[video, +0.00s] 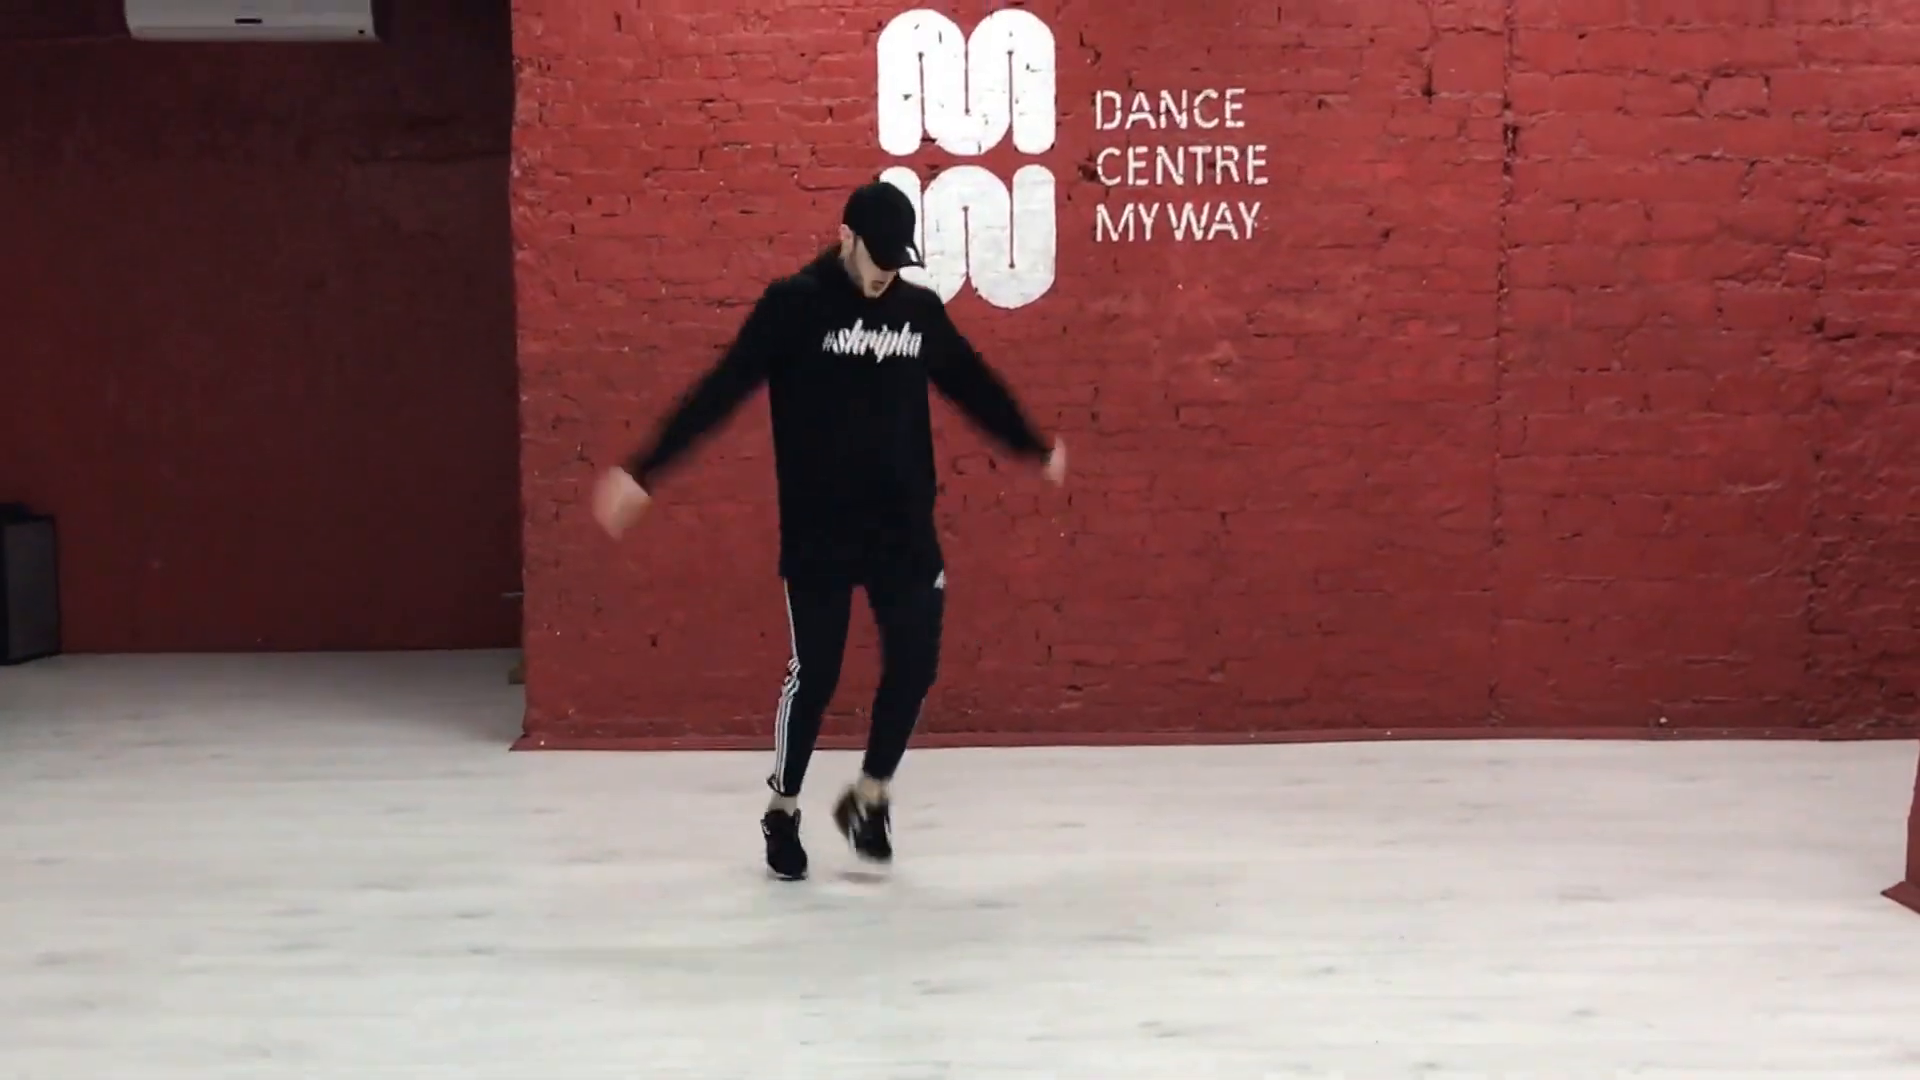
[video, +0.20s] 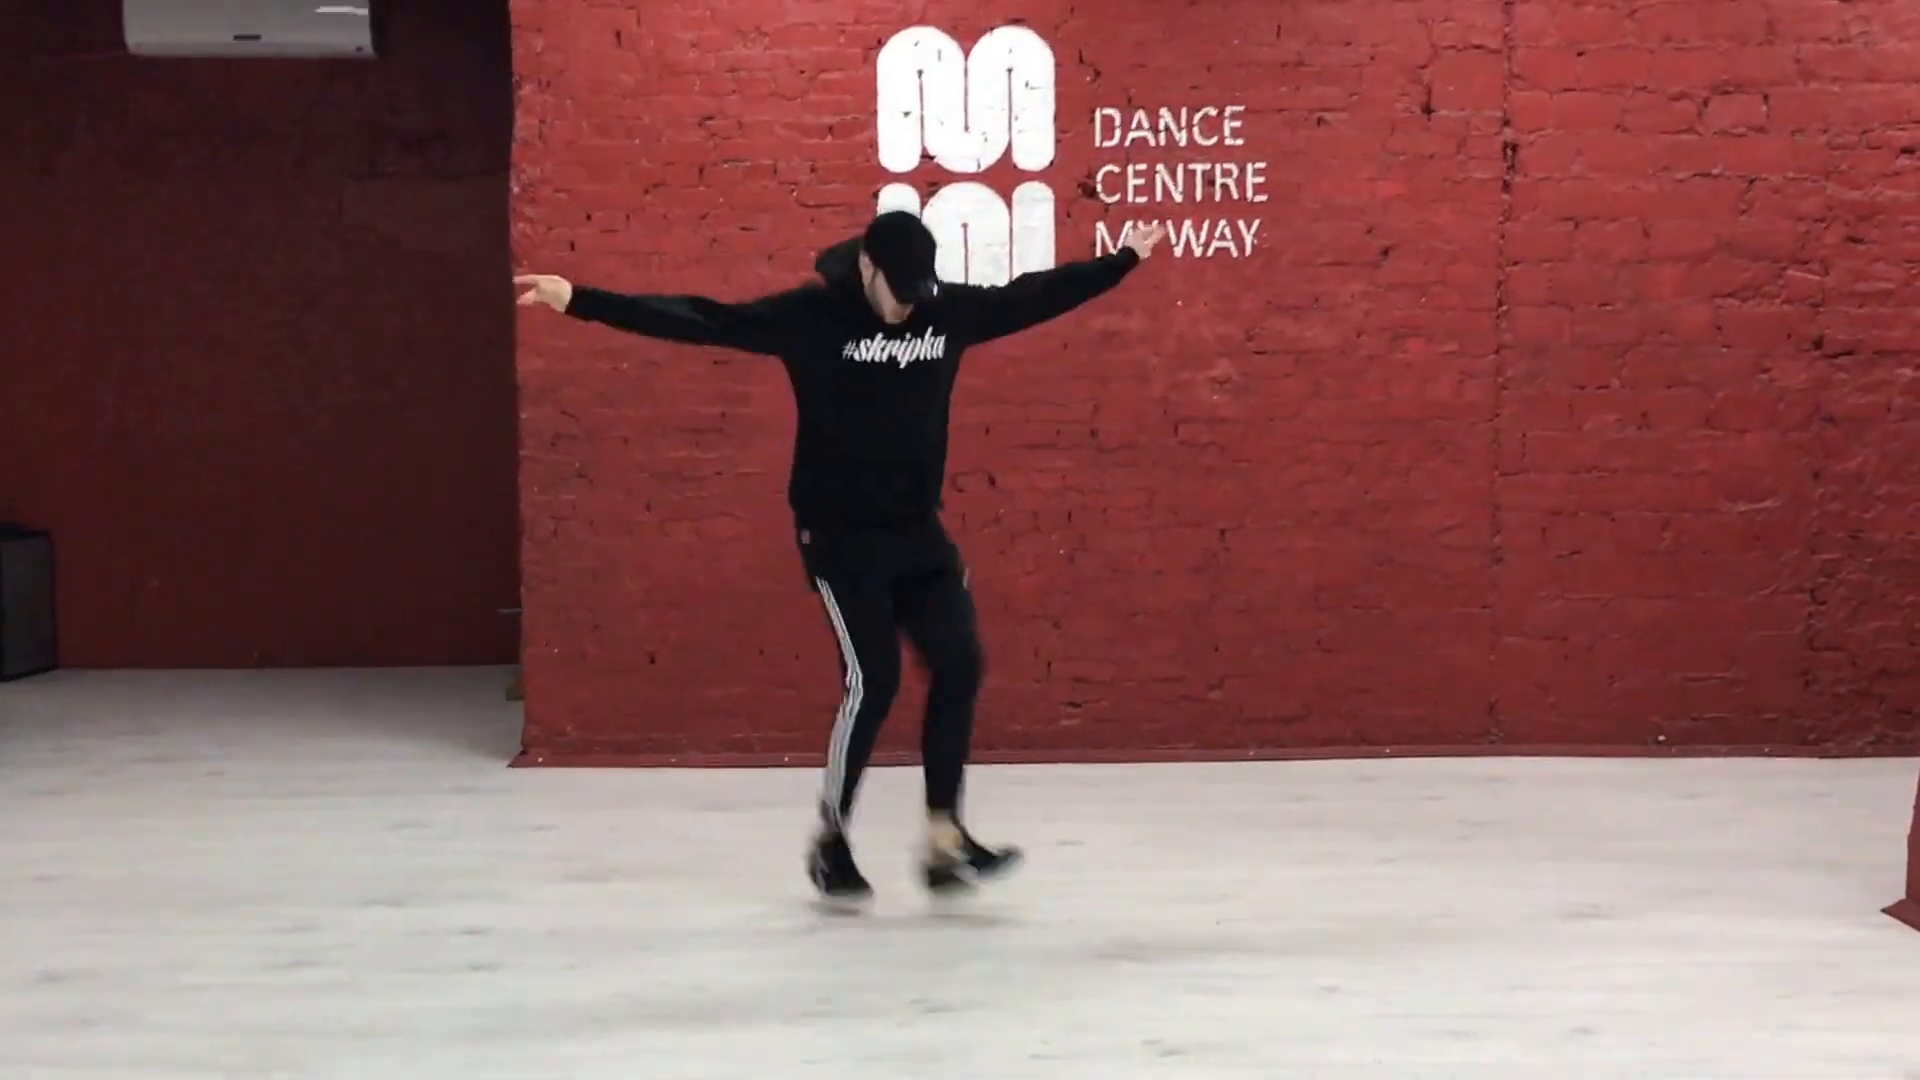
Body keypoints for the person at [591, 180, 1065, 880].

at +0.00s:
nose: (886, 275)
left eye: (897, 261)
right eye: (877, 258)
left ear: (909, 251)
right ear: (846, 238)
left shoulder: (917, 307)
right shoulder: (792, 306)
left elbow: (967, 378)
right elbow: (720, 390)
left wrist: (1030, 442)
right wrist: (644, 470)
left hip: (903, 522)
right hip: (817, 523)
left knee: (914, 663)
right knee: (815, 670)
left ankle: (870, 799)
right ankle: (783, 810)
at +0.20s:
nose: (906, 306)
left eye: (915, 293)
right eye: (895, 291)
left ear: (927, 280)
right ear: (864, 270)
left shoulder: (949, 313)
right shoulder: (809, 317)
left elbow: (1033, 297)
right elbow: (704, 320)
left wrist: (1119, 261)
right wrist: (581, 300)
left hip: (916, 529)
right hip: (837, 533)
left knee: (958, 666)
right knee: (874, 678)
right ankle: (830, 841)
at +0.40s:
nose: (916, 364)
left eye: (926, 353)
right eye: (908, 351)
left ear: (940, 335)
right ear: (877, 326)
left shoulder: (952, 364)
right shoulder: (826, 372)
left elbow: (1029, 356)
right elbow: (763, 391)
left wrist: (1107, 323)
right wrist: (689, 376)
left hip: (957, 580)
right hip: (870, 587)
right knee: (862, 736)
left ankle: (1037, 865)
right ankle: (888, 876)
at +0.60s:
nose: (947, 380)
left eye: (957, 368)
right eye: (938, 366)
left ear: (967, 351)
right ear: (907, 343)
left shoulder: (975, 386)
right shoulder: (854, 384)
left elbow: (1055, 392)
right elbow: (753, 446)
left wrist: (1135, 334)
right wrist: (767, 400)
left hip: (957, 602)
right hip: (879, 609)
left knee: (1031, 723)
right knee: (915, 746)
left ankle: (1064, 890)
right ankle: (846, 892)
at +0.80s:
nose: (927, 414)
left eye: (938, 404)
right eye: (916, 402)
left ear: (953, 386)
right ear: (893, 378)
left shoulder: (964, 413)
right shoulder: (858, 399)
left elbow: (1048, 461)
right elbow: (852, 468)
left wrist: (1064, 530)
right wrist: (946, 467)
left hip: (928, 621)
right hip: (844, 623)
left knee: (1008, 714)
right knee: (893, 757)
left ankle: (985, 861)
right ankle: (833, 916)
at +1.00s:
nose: (882, 448)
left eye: (892, 437)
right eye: (871, 438)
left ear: (909, 414)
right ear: (847, 415)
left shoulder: (935, 444)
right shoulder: (803, 455)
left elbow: (1018, 516)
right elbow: (690, 494)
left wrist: (961, 514)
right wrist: (684, 570)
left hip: (916, 652)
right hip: (846, 650)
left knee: (835, 796)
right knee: (879, 783)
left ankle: (720, 872)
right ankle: (874, 916)